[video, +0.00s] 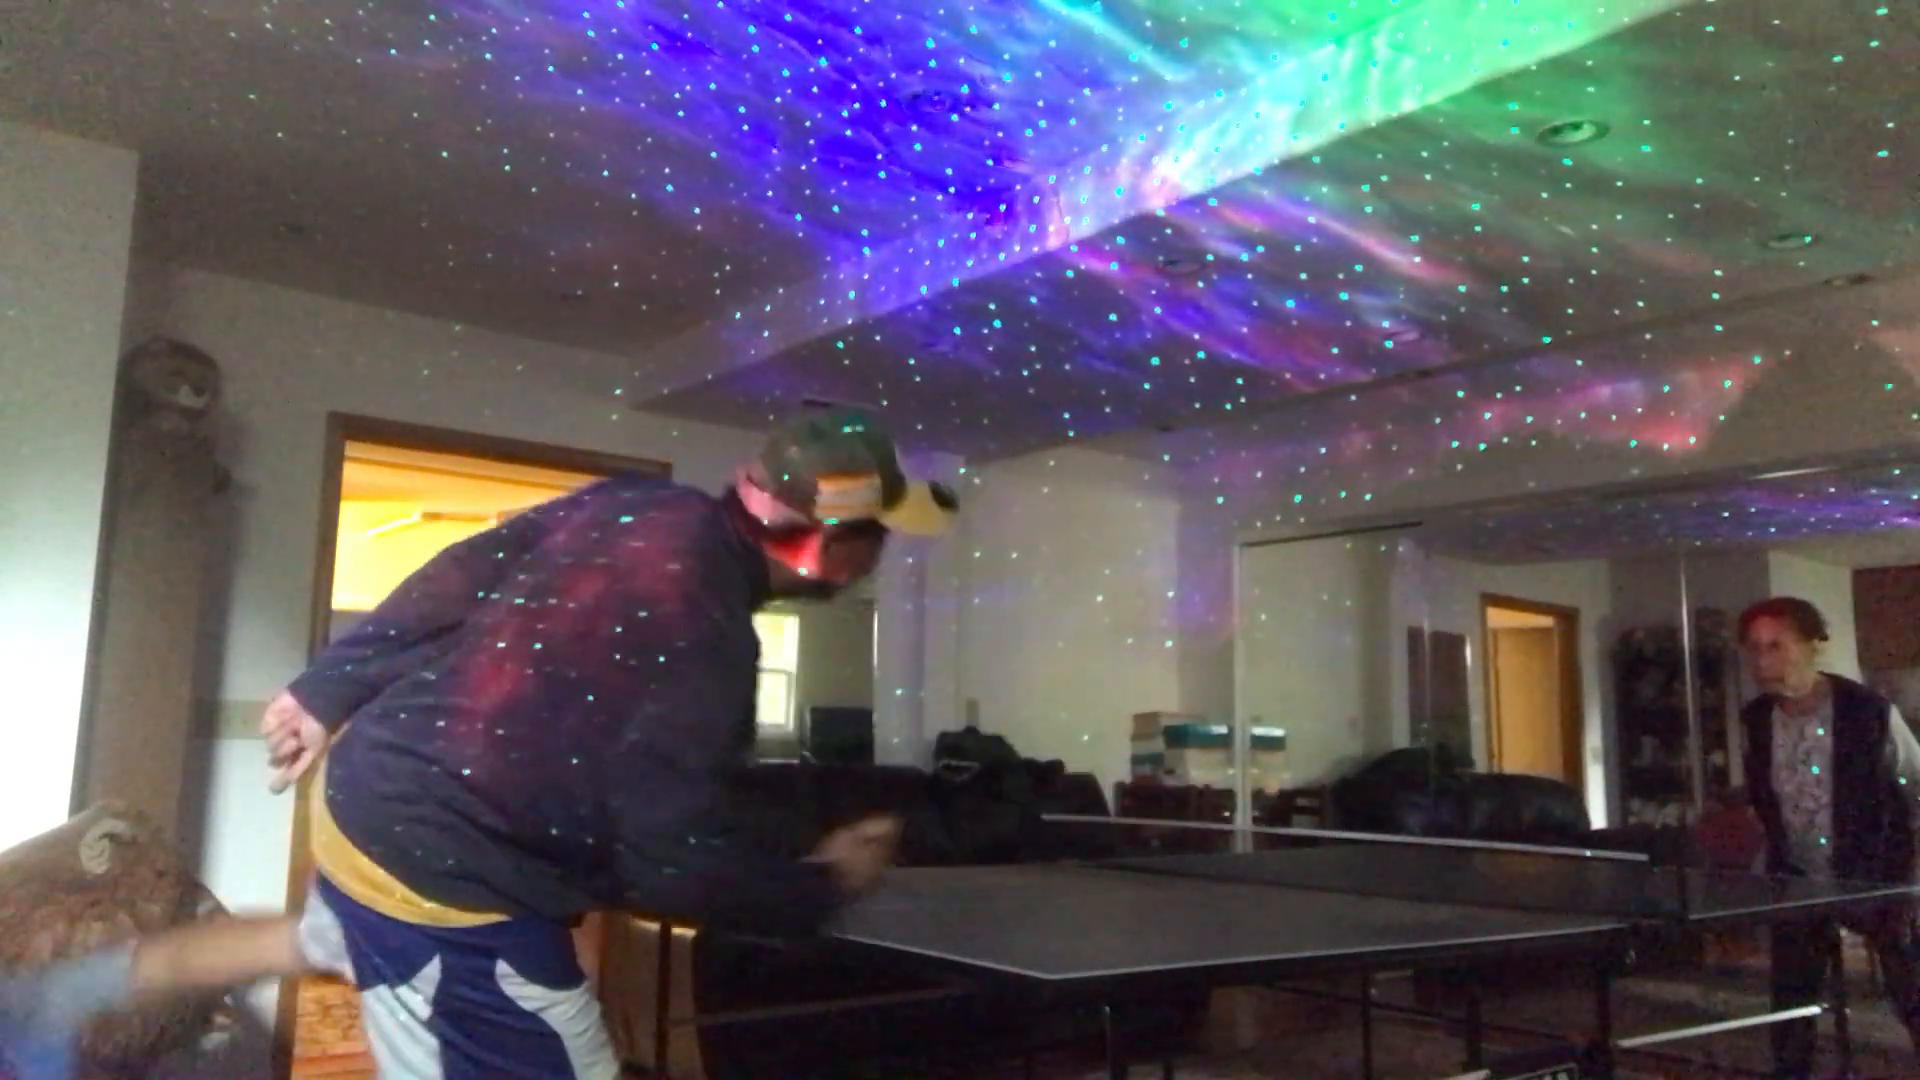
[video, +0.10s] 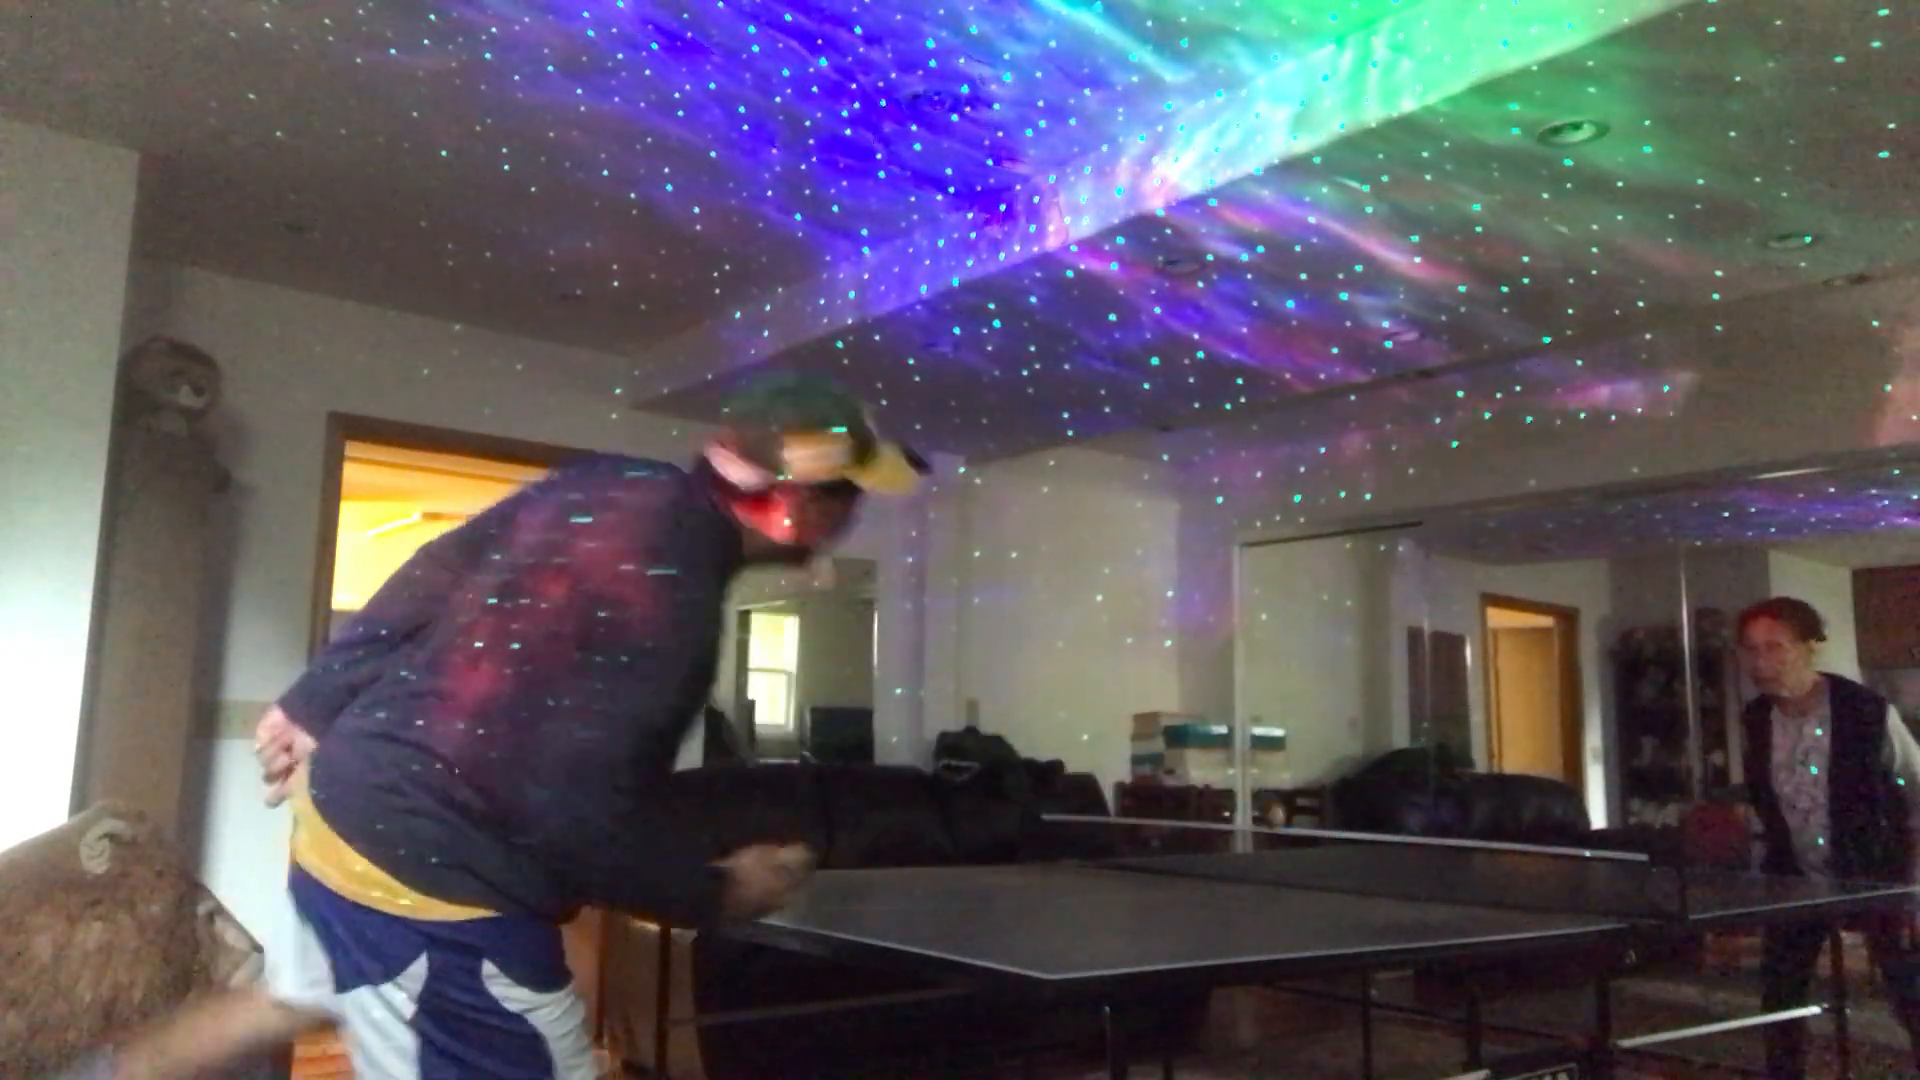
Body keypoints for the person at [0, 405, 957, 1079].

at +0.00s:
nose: (848, 570)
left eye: (858, 545)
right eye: (847, 545)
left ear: (762, 481)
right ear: (796, 519)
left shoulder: (645, 502)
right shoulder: (699, 626)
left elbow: (469, 572)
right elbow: (668, 859)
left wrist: (327, 684)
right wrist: (818, 879)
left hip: (368, 792)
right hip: (448, 887)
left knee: (342, 947)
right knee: (570, 1061)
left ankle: (112, 976)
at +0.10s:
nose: (839, 528)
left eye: (848, 506)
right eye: (836, 502)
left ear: (739, 460)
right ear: (780, 492)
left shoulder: (602, 481)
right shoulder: (674, 603)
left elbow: (438, 576)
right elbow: (571, 814)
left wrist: (311, 700)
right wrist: (720, 888)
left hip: (342, 806)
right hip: (437, 878)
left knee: (299, 1000)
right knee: (544, 1062)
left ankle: (114, 1063)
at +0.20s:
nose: (799, 473)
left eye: (801, 450)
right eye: (781, 444)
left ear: (699, 426)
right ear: (708, 429)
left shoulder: (564, 467)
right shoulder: (615, 526)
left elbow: (404, 582)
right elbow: (467, 744)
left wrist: (297, 722)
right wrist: (622, 870)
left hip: (339, 817)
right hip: (410, 861)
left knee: (360, 1063)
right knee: (510, 1057)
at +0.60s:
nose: (420, 287)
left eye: (446, 262)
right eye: (385, 256)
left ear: (472, 298)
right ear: (319, 289)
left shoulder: (437, 460)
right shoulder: (242, 425)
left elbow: (426, 669)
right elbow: (149, 673)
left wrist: (447, 820)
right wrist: (332, 769)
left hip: (356, 887)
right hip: (238, 885)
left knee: (234, 1062)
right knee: (420, 1061)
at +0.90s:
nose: (306, 236)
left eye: (342, 208)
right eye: (268, 200)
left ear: (381, 252)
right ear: (207, 238)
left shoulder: (415, 438)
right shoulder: (104, 397)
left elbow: (440, 624)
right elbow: (11, 670)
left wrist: (553, 586)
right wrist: (59, 575)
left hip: (320, 944)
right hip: (128, 941)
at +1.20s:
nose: (226, 154)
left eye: (271, 120)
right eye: (180, 109)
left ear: (321, 173)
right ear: (109, 154)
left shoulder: (406, 392)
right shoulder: (21, 336)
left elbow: (514, 606)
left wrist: (587, 542)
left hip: (303, 995)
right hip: (41, 993)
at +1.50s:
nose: (208, 95)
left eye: (262, 51)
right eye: (156, 43)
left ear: (332, 105)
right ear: (82, 85)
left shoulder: (436, 365)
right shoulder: (10, 294)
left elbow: (573, 562)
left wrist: (724, 486)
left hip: (288, 991)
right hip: (23, 977)